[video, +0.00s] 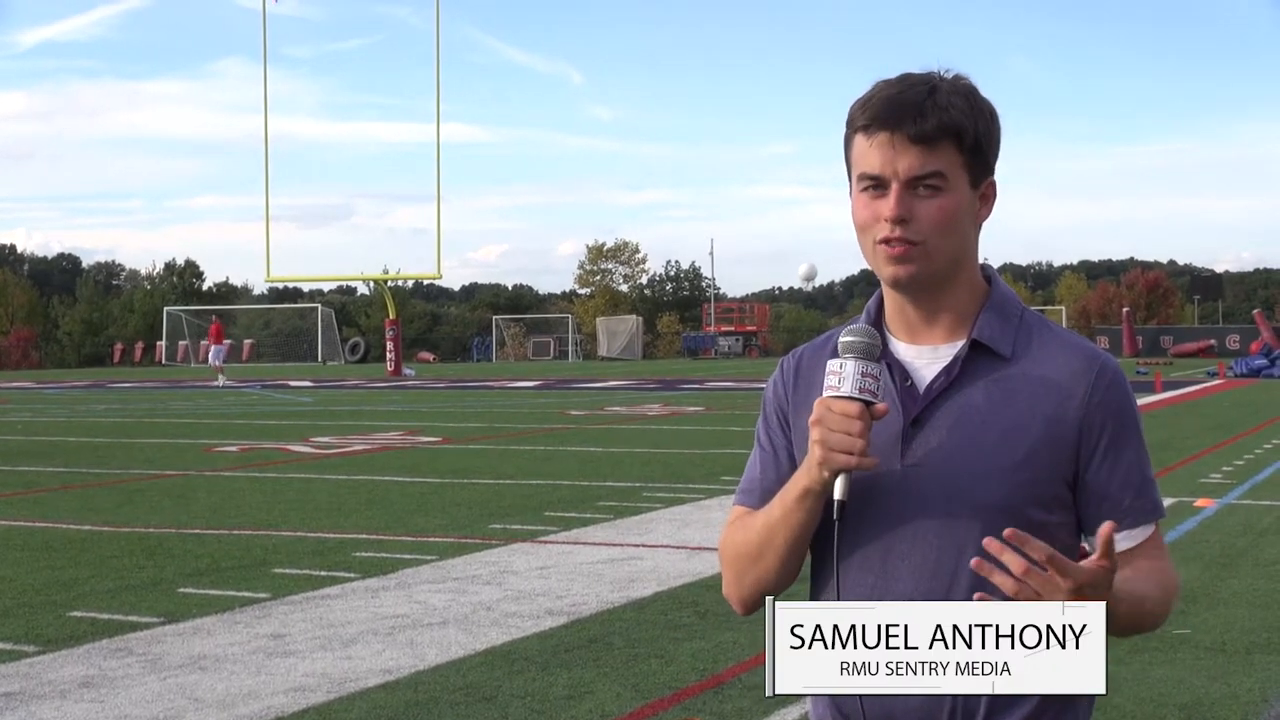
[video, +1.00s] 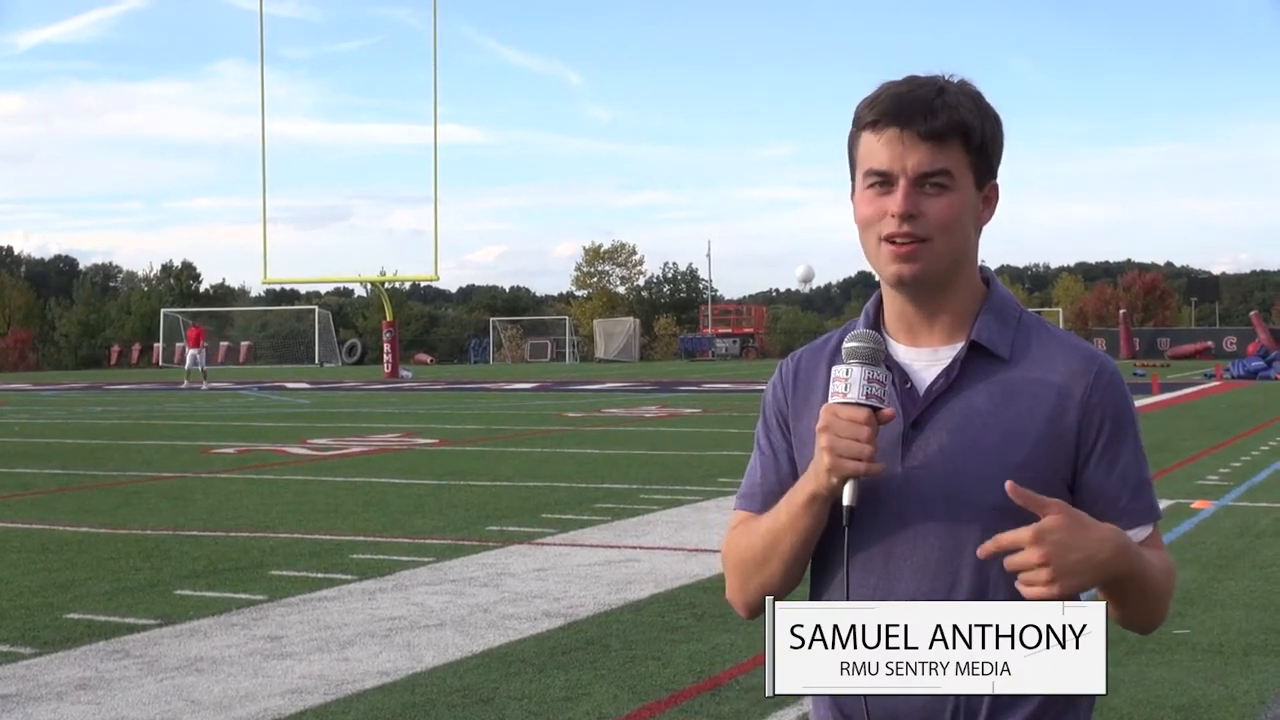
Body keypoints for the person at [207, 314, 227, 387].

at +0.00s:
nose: (213, 319)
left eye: (213, 317)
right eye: (213, 317)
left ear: (215, 318)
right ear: (219, 319)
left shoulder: (214, 326)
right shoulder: (221, 326)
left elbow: (213, 336)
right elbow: (222, 336)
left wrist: (210, 344)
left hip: (215, 345)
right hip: (221, 345)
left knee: (212, 361)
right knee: (219, 362)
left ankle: (221, 376)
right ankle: (221, 377)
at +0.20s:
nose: (208, 320)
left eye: (209, 318)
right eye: (208, 318)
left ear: (212, 319)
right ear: (211, 319)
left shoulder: (214, 326)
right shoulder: (211, 326)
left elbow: (217, 336)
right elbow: (211, 336)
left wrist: (218, 345)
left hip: (213, 345)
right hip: (214, 345)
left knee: (208, 362)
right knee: (215, 363)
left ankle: (216, 378)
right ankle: (218, 378)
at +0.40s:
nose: (206, 323)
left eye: (207, 321)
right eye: (205, 321)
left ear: (210, 321)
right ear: (204, 322)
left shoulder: (214, 329)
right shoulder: (204, 329)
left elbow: (218, 340)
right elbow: (201, 337)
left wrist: (219, 350)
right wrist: (198, 342)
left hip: (213, 347)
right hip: (207, 347)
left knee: (208, 363)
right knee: (213, 365)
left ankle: (209, 379)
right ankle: (217, 379)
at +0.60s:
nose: (202, 324)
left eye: (203, 323)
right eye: (200, 323)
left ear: (205, 323)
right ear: (199, 323)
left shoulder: (211, 329)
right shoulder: (198, 330)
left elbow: (216, 339)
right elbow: (196, 340)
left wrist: (216, 346)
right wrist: (194, 346)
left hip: (209, 347)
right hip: (202, 348)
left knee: (205, 365)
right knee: (205, 366)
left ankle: (207, 382)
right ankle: (214, 379)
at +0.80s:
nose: (197, 323)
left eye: (198, 321)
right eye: (196, 321)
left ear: (201, 321)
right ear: (195, 322)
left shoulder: (206, 329)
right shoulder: (194, 330)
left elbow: (209, 340)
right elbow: (192, 341)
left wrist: (210, 349)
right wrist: (190, 350)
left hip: (204, 348)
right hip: (197, 348)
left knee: (204, 366)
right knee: (194, 367)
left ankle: (206, 382)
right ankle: (202, 379)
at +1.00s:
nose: (193, 323)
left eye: (194, 321)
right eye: (192, 321)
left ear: (197, 322)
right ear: (190, 322)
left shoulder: (200, 330)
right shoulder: (188, 331)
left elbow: (202, 339)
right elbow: (187, 340)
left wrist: (201, 347)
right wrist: (187, 348)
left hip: (199, 349)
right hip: (191, 349)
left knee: (202, 367)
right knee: (187, 367)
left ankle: (205, 383)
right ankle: (186, 382)